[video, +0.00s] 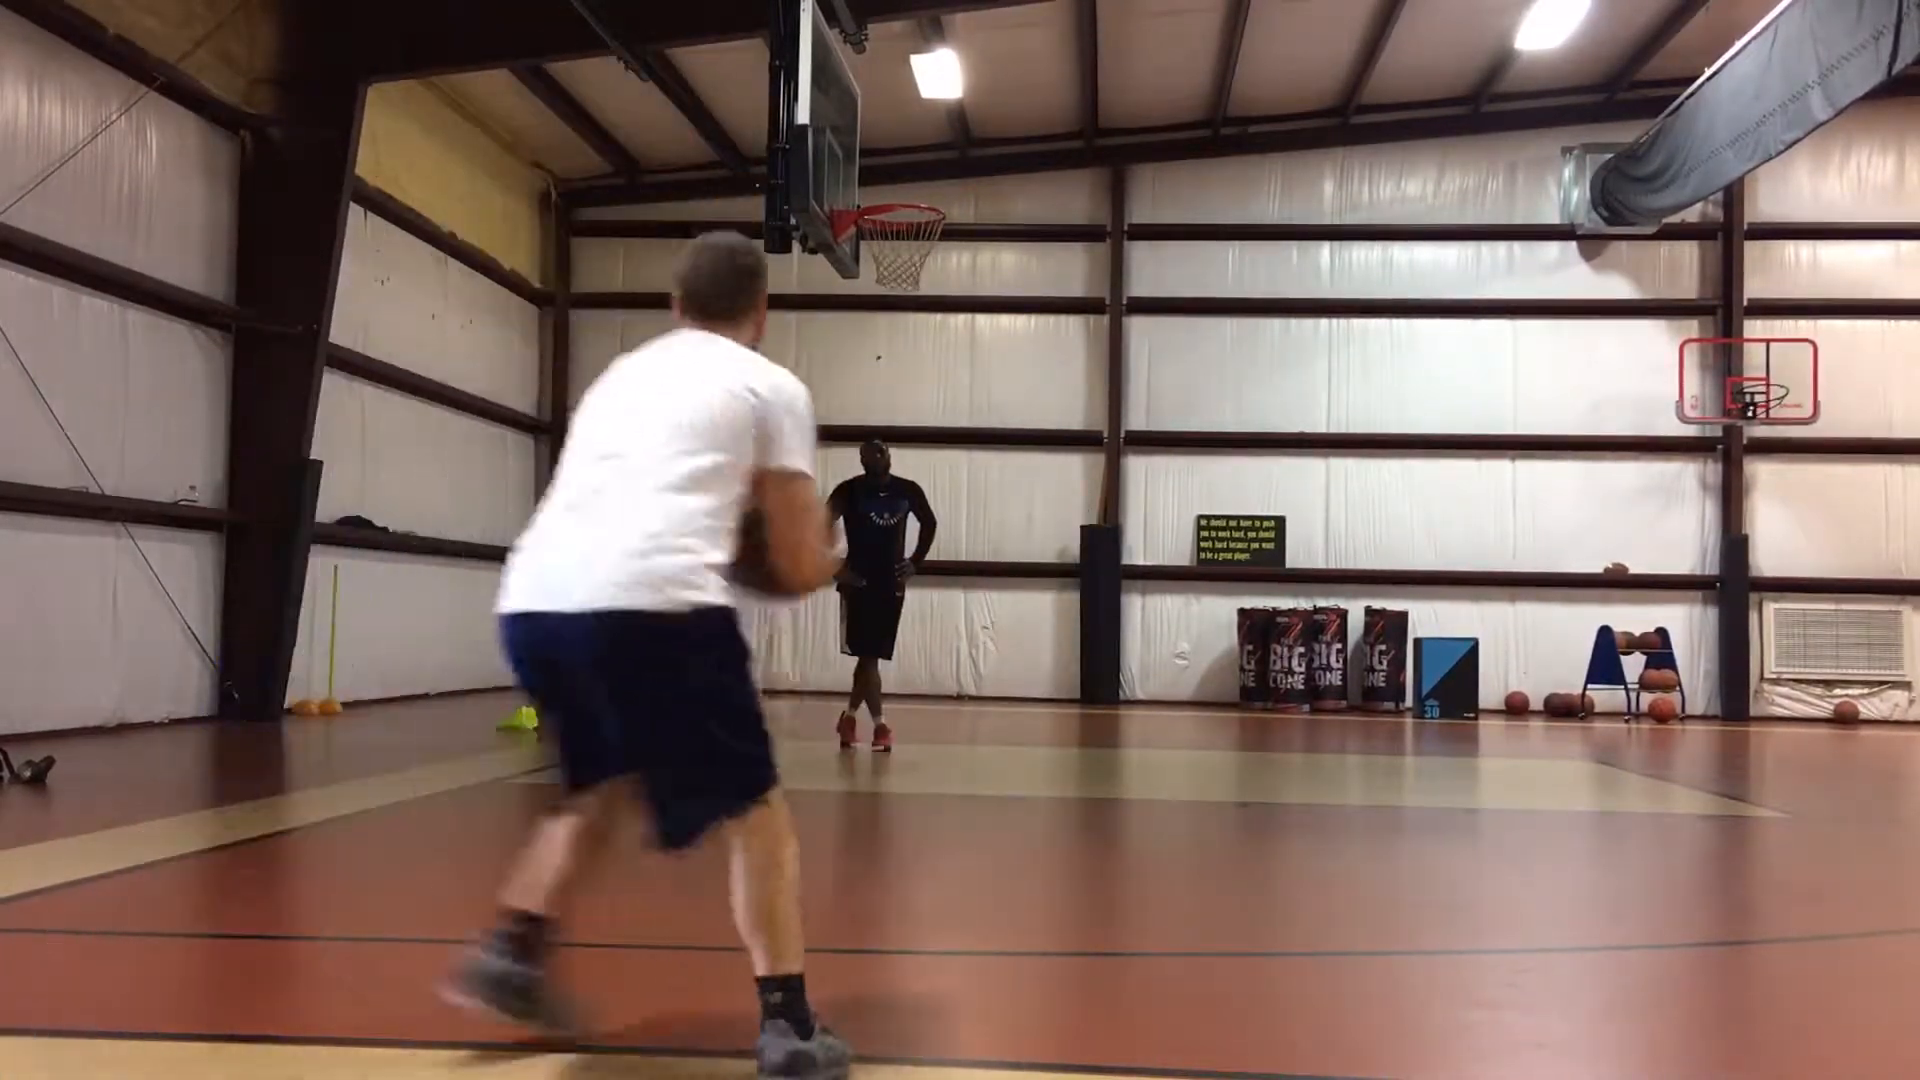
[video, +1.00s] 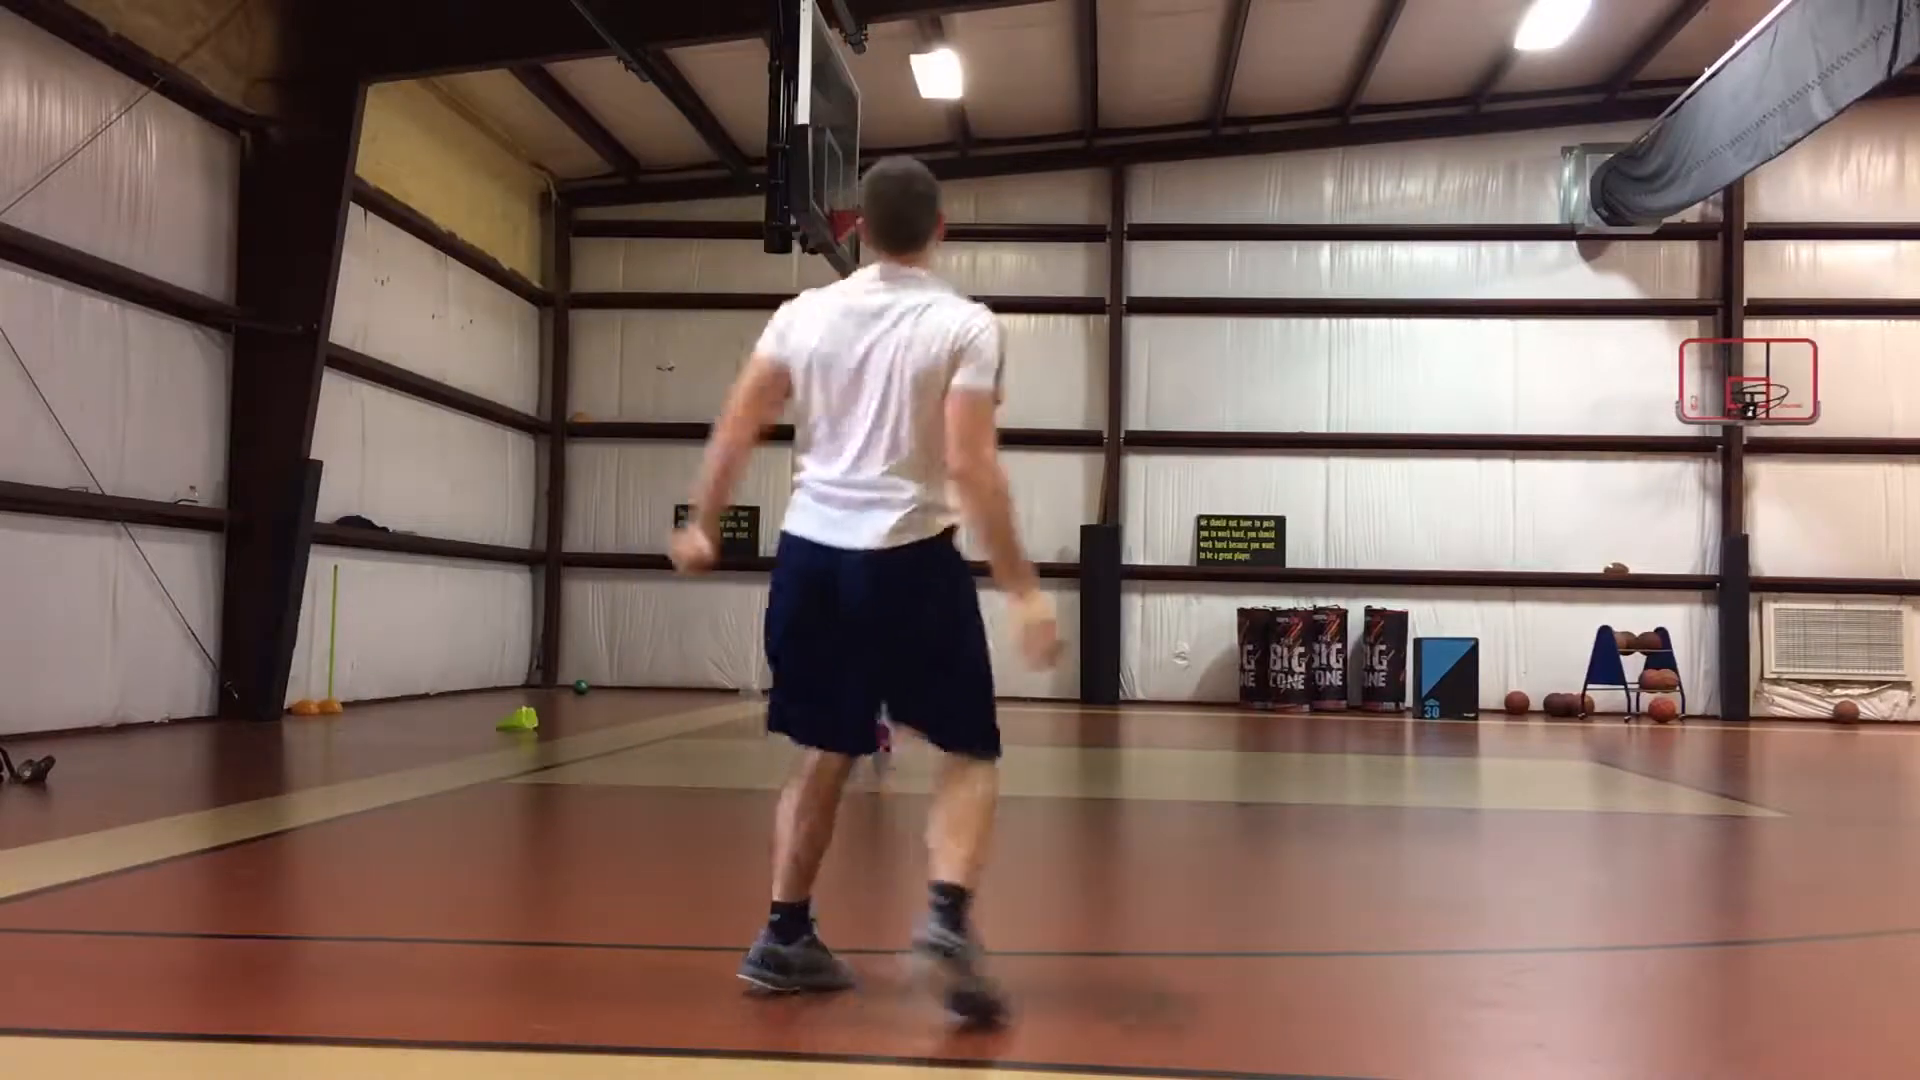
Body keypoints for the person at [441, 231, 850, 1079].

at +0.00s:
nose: (765, 325)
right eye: (768, 314)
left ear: (674, 306)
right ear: (759, 314)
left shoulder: (615, 376)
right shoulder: (767, 385)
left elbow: (610, 512)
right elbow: (798, 565)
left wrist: (745, 537)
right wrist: (827, 543)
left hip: (537, 609)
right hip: (661, 609)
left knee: (595, 786)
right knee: (757, 810)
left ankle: (510, 950)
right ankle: (787, 1024)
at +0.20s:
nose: (803, 230)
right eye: (802, 218)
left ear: (709, 229)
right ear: (793, 232)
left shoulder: (673, 301)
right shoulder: (804, 305)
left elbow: (733, 271)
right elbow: (906, 335)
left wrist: (784, 224)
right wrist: (865, 229)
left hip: (639, 582)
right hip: (748, 578)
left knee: (701, 780)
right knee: (810, 803)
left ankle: (606, 978)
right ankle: (785, 1003)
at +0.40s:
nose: (833, 62)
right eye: (822, 55)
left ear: (737, 67)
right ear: (824, 66)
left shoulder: (718, 122)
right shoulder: (844, 117)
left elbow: (745, 60)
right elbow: (892, 38)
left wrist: (824, 38)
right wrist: (889, 11)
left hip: (706, 395)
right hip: (805, 398)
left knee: (711, 627)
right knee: (818, 641)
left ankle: (666, 837)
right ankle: (807, 849)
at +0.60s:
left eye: (792, 68)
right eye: (845, 69)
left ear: (777, 84)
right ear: (856, 88)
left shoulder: (761, 149)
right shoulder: (878, 150)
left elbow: (785, 44)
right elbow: (936, 69)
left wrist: (818, 9)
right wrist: (893, 3)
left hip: (751, 412)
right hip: (839, 420)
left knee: (767, 641)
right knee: (834, 651)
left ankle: (747, 850)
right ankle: (831, 872)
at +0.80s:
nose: (887, 250)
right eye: (887, 237)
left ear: (811, 248)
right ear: (888, 251)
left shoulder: (771, 329)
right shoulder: (911, 335)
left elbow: (831, 307)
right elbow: (984, 416)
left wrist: (873, 243)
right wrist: (895, 403)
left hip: (774, 582)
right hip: (862, 587)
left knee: (813, 777)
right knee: (896, 791)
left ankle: (775, 944)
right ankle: (805, 947)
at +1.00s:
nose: (942, 232)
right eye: (945, 222)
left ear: (862, 230)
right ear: (941, 229)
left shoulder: (803, 315)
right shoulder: (966, 327)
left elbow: (736, 428)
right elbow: (969, 464)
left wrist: (703, 521)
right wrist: (1025, 591)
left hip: (811, 568)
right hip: (913, 575)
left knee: (823, 748)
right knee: (970, 752)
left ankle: (784, 936)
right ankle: (945, 921)